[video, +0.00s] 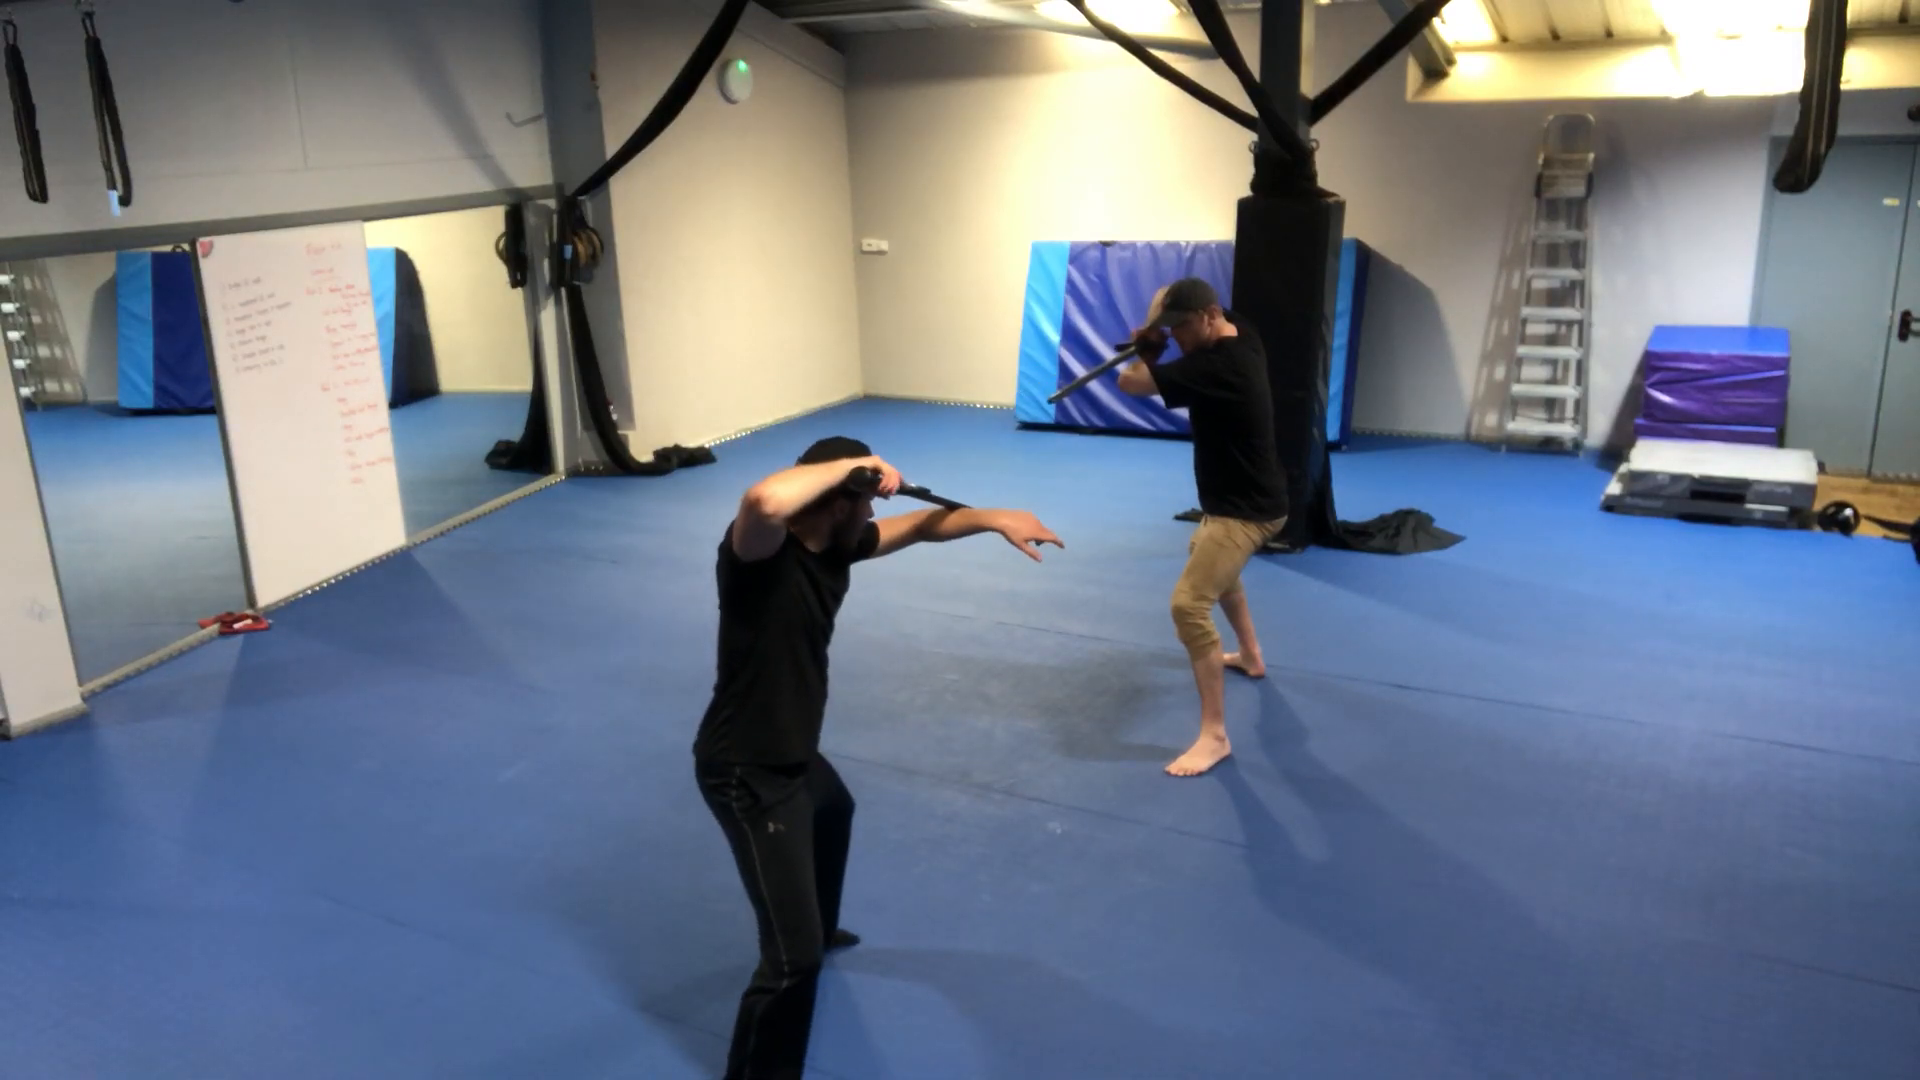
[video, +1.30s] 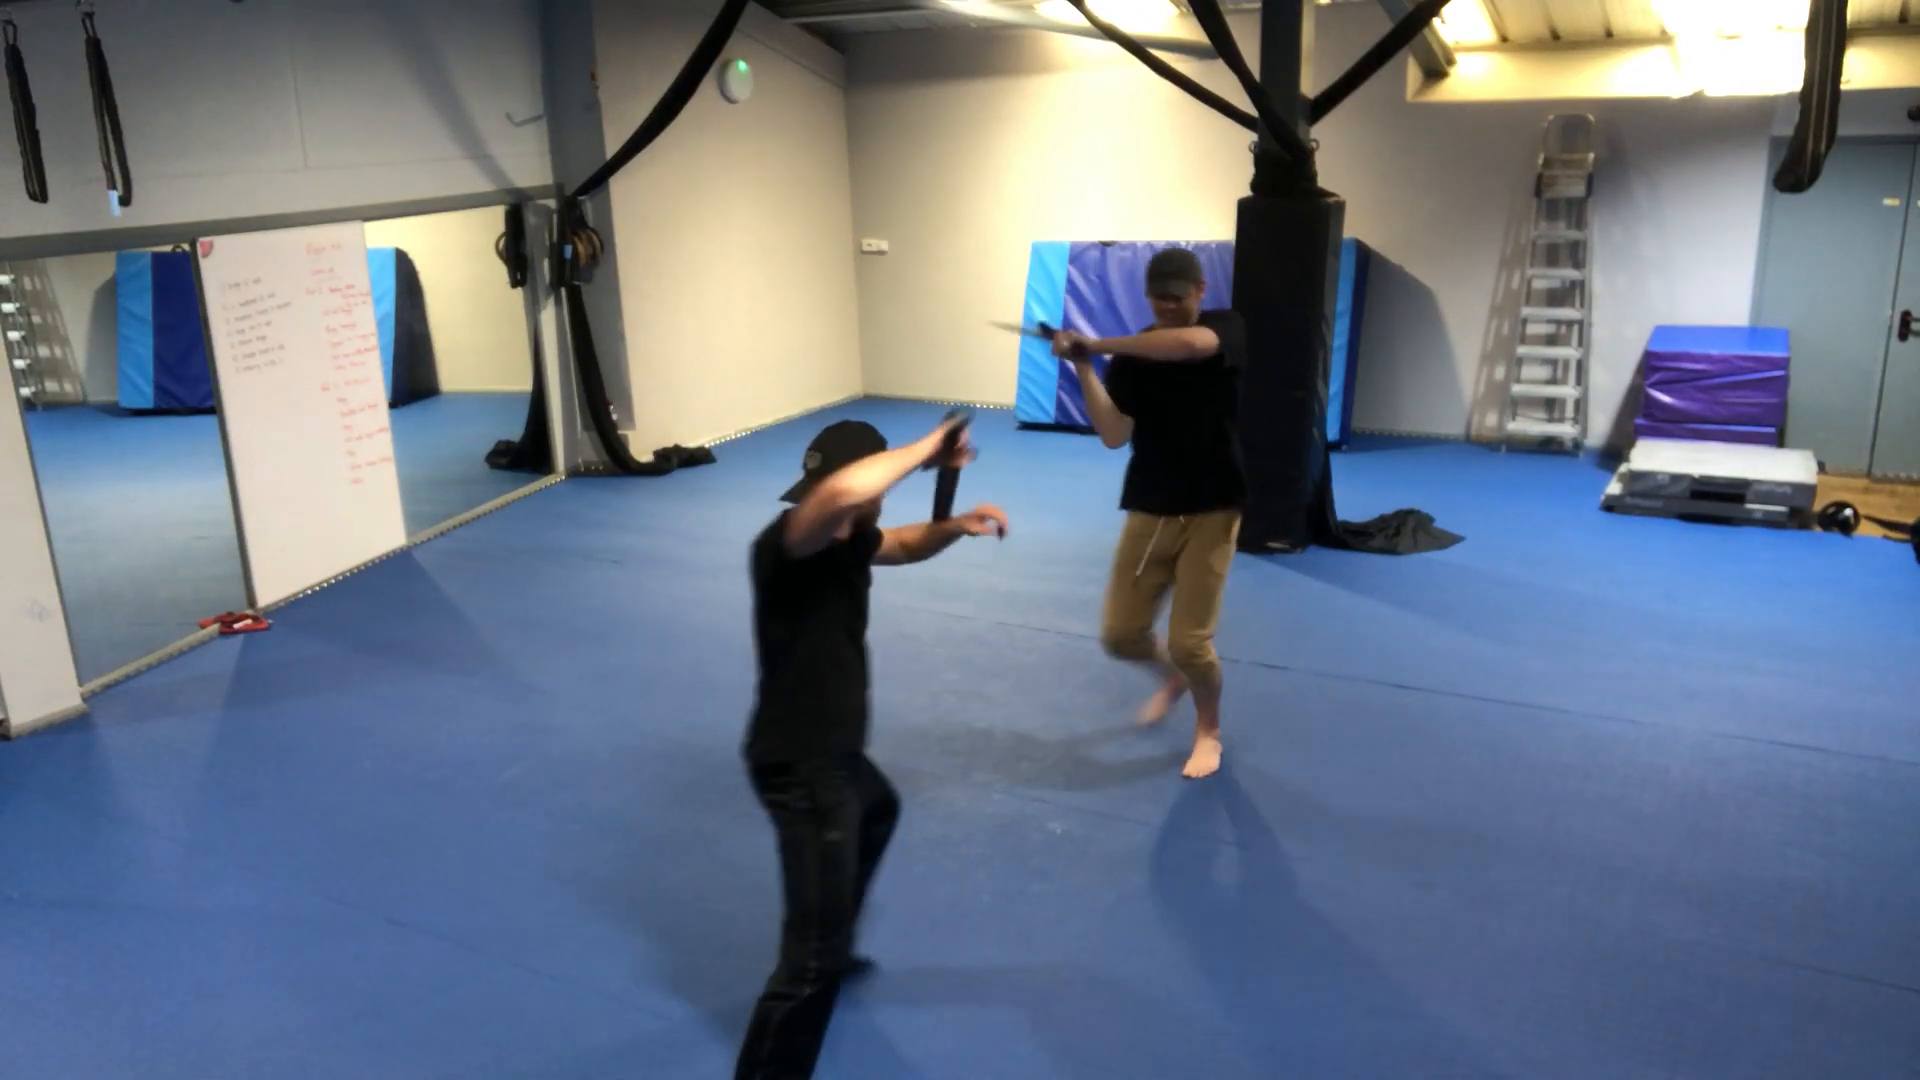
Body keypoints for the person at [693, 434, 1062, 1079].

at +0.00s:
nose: (871, 517)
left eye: (871, 503)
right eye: (863, 503)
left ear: (838, 505)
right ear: (830, 500)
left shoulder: (835, 550)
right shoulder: (758, 553)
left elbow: (921, 524)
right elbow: (763, 499)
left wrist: (996, 517)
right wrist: (847, 468)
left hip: (793, 755)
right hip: (744, 768)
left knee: (834, 811)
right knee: (793, 955)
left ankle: (815, 928)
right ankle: (756, 1075)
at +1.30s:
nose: (876, 499)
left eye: (877, 487)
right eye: (867, 486)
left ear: (855, 482)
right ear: (834, 482)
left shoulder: (849, 541)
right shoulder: (782, 544)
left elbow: (905, 545)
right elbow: (842, 492)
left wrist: (960, 523)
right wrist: (928, 451)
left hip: (831, 752)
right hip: (795, 761)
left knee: (878, 809)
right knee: (812, 959)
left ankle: (829, 947)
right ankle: (767, 1075)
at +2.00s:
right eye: (1155, 438)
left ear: (1085, 449)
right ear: (1148, 449)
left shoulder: (1056, 524)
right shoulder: (1163, 491)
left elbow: (963, 583)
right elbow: (1069, 458)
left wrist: (961, 529)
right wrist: (967, 459)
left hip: (1053, 707)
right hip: (1141, 704)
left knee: (978, 835)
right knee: (1192, 820)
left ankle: (915, 984)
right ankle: (1239, 959)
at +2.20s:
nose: (1176, 441)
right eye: (1170, 434)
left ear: (1097, 435)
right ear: (1164, 446)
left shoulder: (1050, 501)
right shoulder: (1184, 497)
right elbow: (1235, 478)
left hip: (1070, 698)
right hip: (1163, 702)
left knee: (1005, 811)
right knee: (1221, 825)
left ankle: (931, 956)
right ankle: (1247, 961)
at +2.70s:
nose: (1158, 481)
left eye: (1157, 470)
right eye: (1158, 471)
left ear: (1102, 463)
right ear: (1142, 477)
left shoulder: (1087, 530)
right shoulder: (1062, 528)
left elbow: (1068, 609)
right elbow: (952, 591)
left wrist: (1126, 640)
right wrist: (910, 682)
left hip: (1036, 725)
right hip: (1085, 727)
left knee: (1005, 860)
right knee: (1189, 820)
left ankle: (926, 1010)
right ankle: (1241, 957)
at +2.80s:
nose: (1162, 487)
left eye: (1162, 476)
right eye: (1162, 477)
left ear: (1107, 468)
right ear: (1147, 483)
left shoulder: (1090, 532)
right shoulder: (1068, 531)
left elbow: (1071, 617)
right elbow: (966, 601)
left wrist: (1118, 666)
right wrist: (935, 704)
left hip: (1032, 725)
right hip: (1078, 728)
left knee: (1012, 855)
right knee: (1187, 814)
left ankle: (926, 1003)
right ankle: (1232, 954)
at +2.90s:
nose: (1165, 478)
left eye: (1164, 468)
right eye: (1165, 468)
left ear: (1109, 462)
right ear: (1151, 475)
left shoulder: (1100, 524)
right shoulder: (1085, 524)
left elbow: (1086, 613)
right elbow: (1005, 613)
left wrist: (1141, 656)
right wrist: (1006, 718)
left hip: (1048, 724)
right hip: (1091, 725)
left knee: (1006, 858)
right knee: (1191, 814)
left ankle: (926, 1002)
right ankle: (1223, 954)